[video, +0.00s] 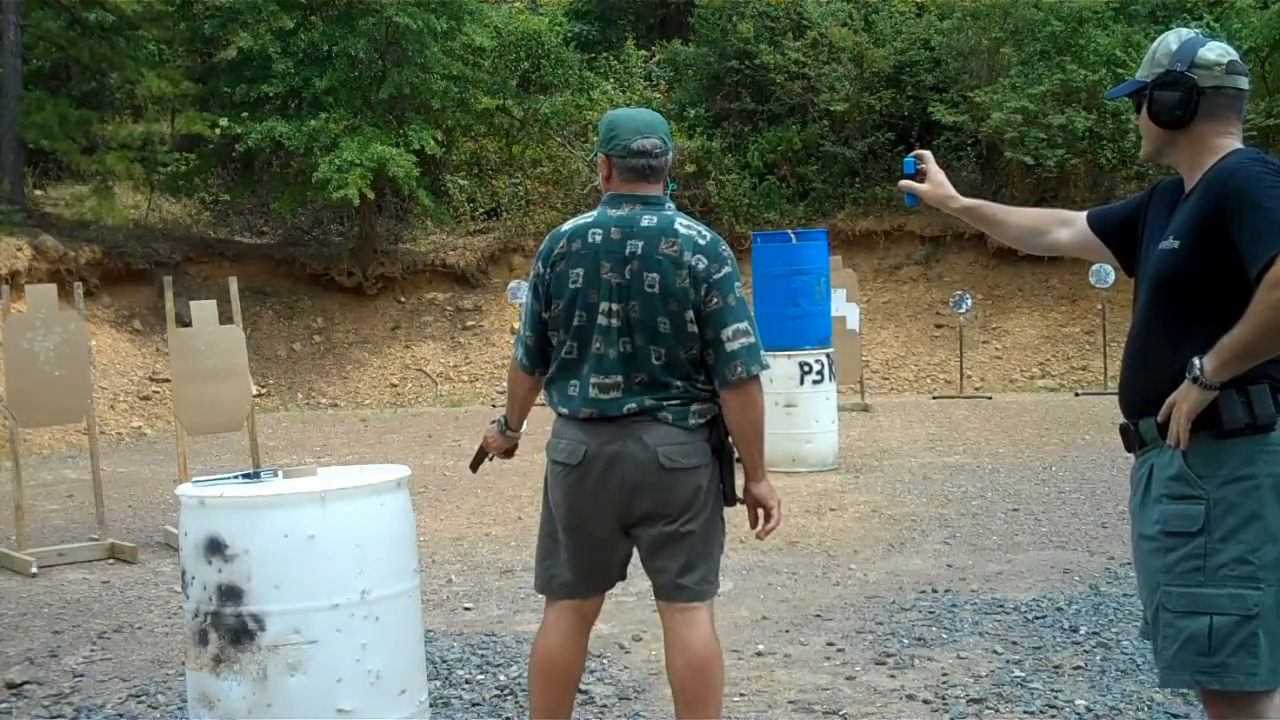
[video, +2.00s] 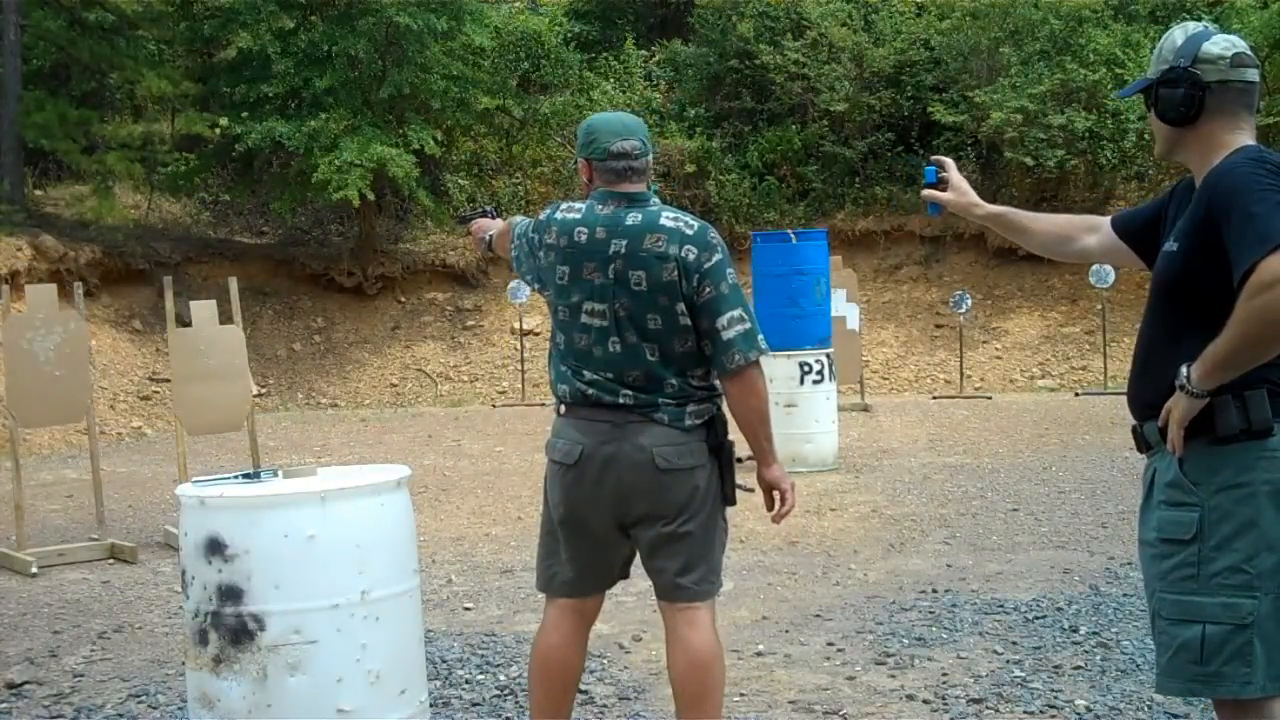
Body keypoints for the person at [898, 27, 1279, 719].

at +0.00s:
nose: (1138, 114)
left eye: (1144, 100)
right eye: (1139, 101)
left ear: (1174, 102)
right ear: (1212, 104)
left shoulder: (1246, 180)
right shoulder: (1166, 201)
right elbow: (1059, 230)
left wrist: (1209, 374)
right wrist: (952, 202)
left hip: (1226, 458)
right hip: (1178, 457)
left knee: (1239, 689)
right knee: (1226, 682)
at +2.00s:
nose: (1150, 116)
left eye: (1154, 101)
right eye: (1151, 102)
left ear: (1179, 102)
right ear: (1232, 99)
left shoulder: (1246, 179)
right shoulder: (1196, 194)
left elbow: (1273, 284)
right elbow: (1091, 236)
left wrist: (1197, 382)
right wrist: (978, 209)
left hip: (1230, 462)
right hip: (1210, 456)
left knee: (1244, 693)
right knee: (1241, 687)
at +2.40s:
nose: (1148, 114)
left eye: (1153, 99)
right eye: (1149, 100)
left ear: (1181, 101)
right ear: (1225, 101)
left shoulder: (1245, 179)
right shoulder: (1194, 196)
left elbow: (1273, 284)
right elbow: (1088, 237)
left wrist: (1196, 382)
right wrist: (977, 210)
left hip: (1227, 462)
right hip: (1207, 457)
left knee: (1242, 691)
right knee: (1241, 685)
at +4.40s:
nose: (1146, 117)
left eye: (1150, 103)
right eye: (1146, 103)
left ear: (1175, 102)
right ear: (1226, 100)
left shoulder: (1241, 180)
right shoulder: (1190, 197)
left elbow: (1272, 282)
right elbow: (1084, 238)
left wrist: (1190, 384)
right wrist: (974, 213)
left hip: (1224, 463)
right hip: (1210, 458)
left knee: (1241, 692)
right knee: (1242, 685)